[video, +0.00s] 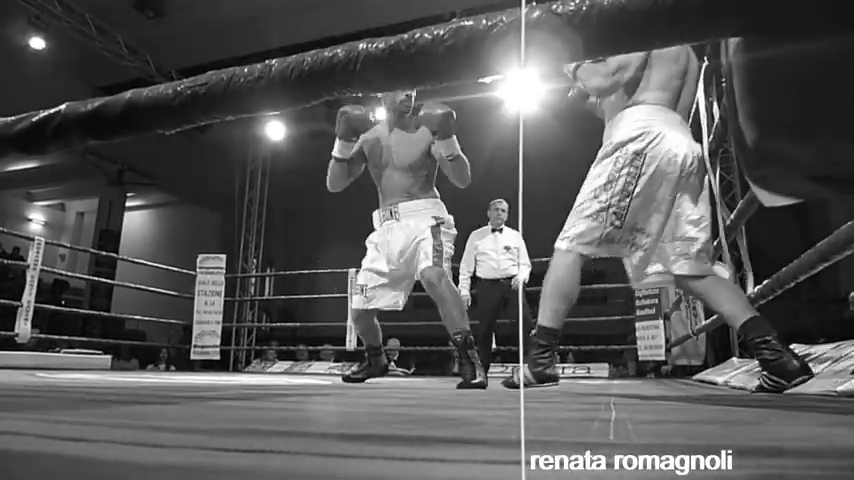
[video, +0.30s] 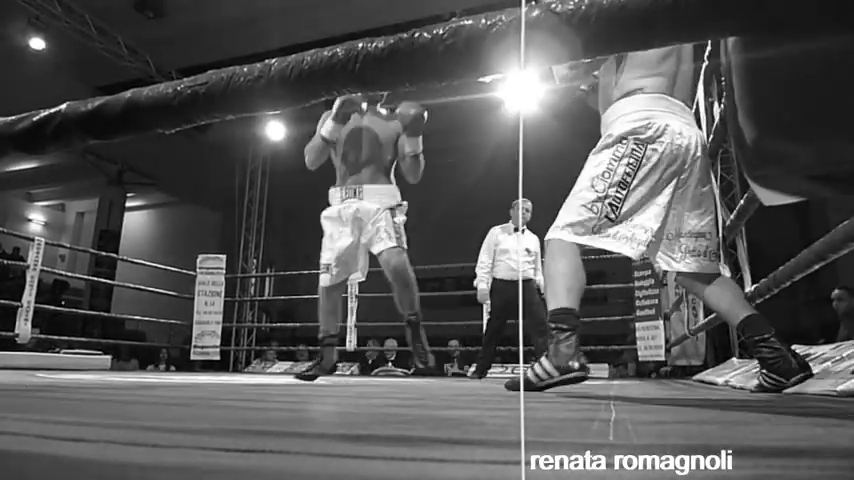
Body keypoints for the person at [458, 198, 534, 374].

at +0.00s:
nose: (499, 214)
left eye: (503, 211)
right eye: (496, 210)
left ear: (507, 215)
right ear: (488, 213)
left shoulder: (515, 236)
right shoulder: (476, 236)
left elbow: (525, 263)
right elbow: (466, 267)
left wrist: (521, 277)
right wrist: (464, 291)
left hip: (511, 284)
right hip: (486, 284)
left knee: (525, 321)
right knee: (484, 329)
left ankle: (531, 365)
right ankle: (481, 370)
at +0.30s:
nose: (524, 213)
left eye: (527, 211)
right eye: (521, 210)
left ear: (530, 216)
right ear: (512, 211)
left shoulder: (533, 239)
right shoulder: (496, 233)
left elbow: (537, 267)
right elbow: (484, 261)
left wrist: (540, 286)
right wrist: (482, 285)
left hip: (527, 284)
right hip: (503, 283)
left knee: (539, 321)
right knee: (495, 325)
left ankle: (544, 364)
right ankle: (481, 367)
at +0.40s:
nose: (537, 209)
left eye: (541, 206)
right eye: (533, 205)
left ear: (544, 210)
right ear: (525, 208)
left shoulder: (544, 232)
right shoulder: (510, 228)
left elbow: (548, 261)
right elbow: (498, 258)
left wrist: (548, 286)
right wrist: (496, 284)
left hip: (535, 280)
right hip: (512, 279)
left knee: (545, 320)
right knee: (507, 323)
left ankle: (548, 364)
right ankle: (482, 365)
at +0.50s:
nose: (544, 206)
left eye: (547, 202)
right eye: (540, 202)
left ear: (551, 206)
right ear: (530, 205)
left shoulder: (551, 227)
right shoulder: (517, 225)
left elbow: (556, 256)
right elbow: (506, 255)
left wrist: (555, 280)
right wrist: (504, 281)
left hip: (544, 276)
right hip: (523, 275)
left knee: (549, 318)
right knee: (519, 320)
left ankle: (549, 360)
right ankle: (496, 358)